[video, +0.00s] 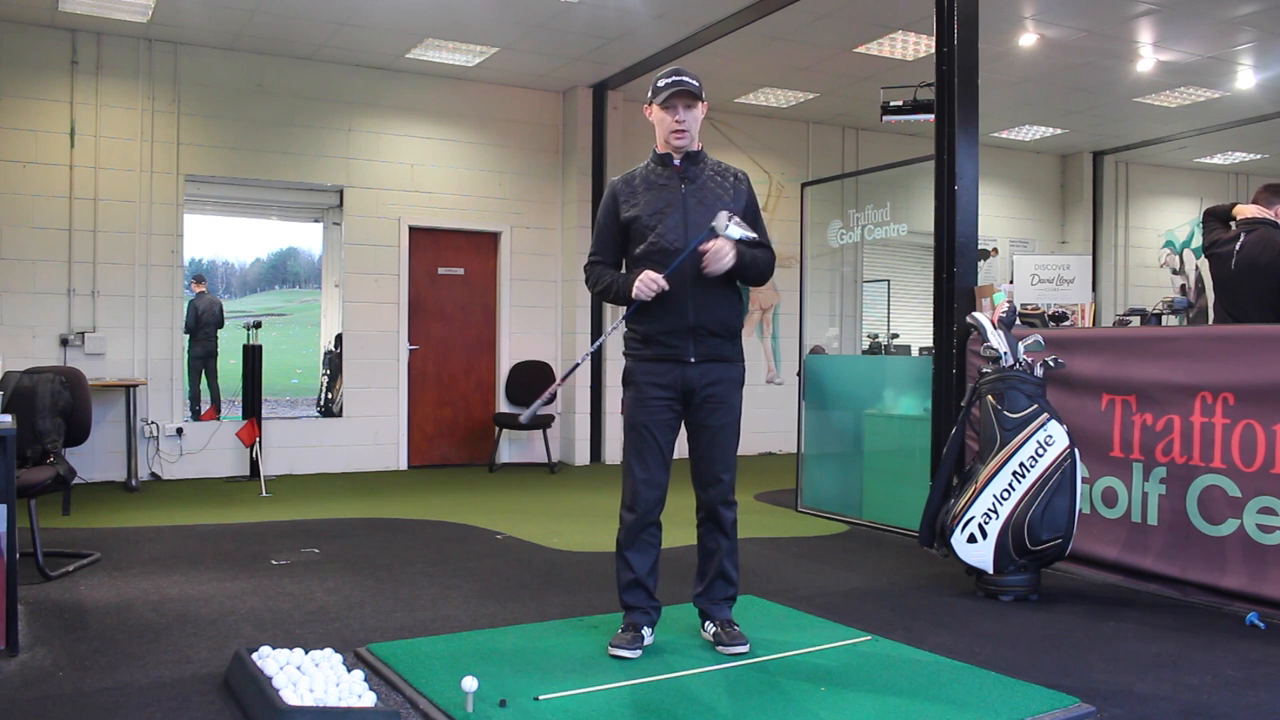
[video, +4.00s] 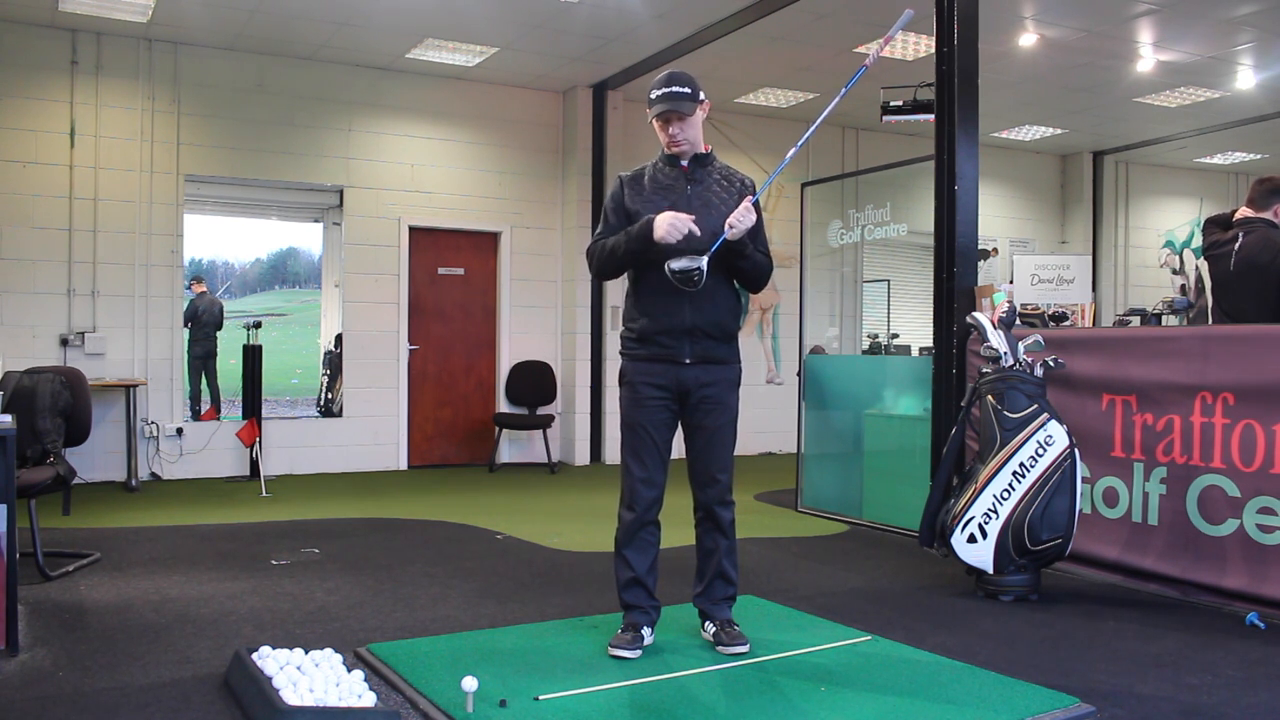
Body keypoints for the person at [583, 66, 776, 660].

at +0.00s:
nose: (681, 117)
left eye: (690, 106)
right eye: (670, 107)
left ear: (704, 113)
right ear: (651, 114)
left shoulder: (734, 185)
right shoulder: (625, 190)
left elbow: (763, 266)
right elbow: (597, 271)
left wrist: (737, 252)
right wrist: (629, 283)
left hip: (719, 362)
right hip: (651, 362)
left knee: (718, 494)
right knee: (642, 495)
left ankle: (718, 612)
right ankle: (638, 616)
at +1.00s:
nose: (672, 119)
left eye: (681, 107)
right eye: (662, 110)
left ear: (704, 110)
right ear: (652, 119)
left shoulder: (737, 186)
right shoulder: (628, 188)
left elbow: (763, 263)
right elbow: (598, 272)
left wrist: (738, 277)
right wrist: (633, 252)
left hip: (717, 362)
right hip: (649, 361)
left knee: (716, 494)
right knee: (641, 495)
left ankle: (718, 612)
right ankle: (638, 616)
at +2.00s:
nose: (671, 117)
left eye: (680, 105)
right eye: (660, 108)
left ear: (703, 108)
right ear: (650, 119)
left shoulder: (736, 186)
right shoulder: (628, 186)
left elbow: (760, 262)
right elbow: (600, 271)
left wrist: (739, 278)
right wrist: (634, 223)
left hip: (717, 361)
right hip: (649, 359)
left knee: (716, 494)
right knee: (641, 495)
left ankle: (718, 612)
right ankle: (638, 616)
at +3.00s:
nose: (673, 112)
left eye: (684, 101)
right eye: (664, 104)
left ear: (707, 109)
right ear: (654, 117)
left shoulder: (739, 190)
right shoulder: (632, 184)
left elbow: (763, 269)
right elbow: (586, 246)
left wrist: (743, 275)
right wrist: (646, 200)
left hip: (715, 364)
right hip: (647, 361)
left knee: (715, 495)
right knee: (640, 496)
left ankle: (717, 611)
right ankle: (637, 616)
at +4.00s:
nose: (671, 128)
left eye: (680, 116)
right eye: (662, 119)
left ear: (704, 111)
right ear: (652, 123)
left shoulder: (737, 188)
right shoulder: (631, 187)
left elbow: (757, 278)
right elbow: (600, 262)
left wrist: (744, 236)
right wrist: (649, 231)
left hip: (715, 363)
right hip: (647, 362)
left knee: (715, 495)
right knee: (640, 496)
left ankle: (718, 612)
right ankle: (637, 616)